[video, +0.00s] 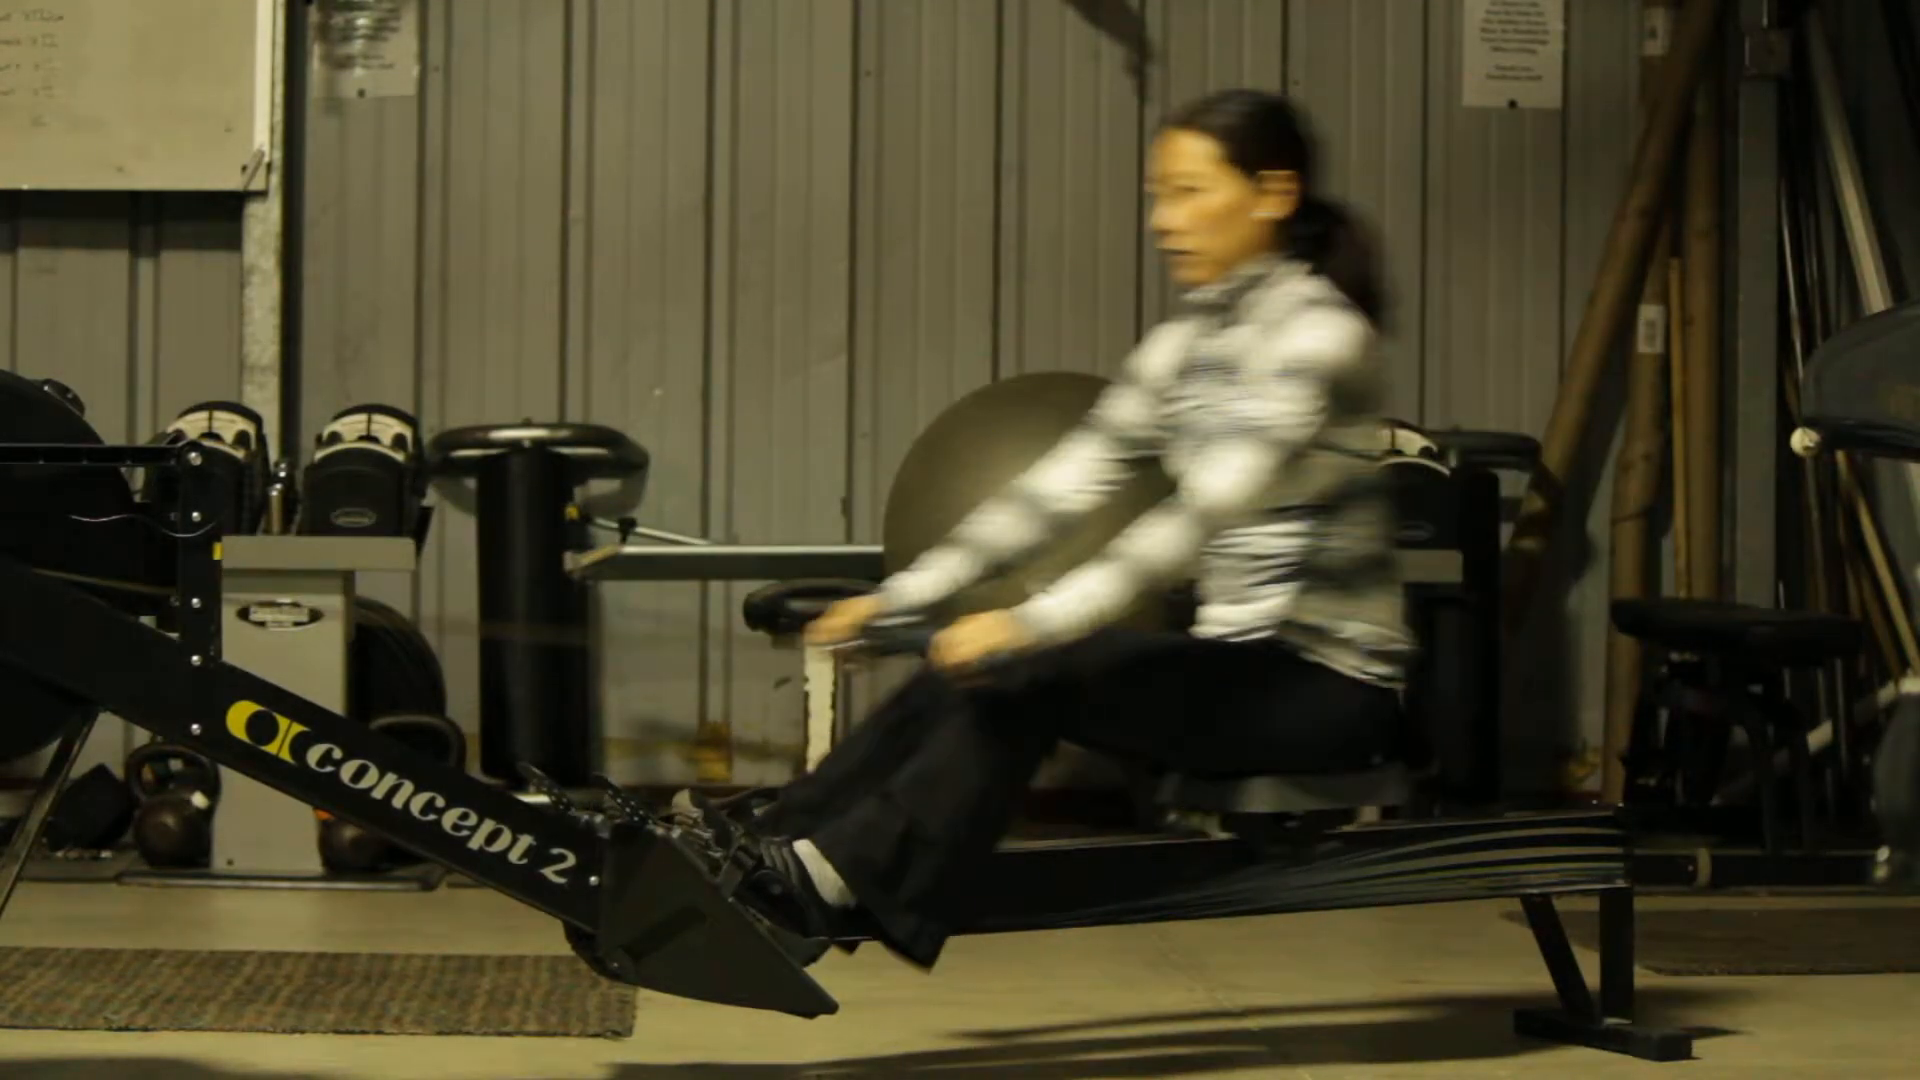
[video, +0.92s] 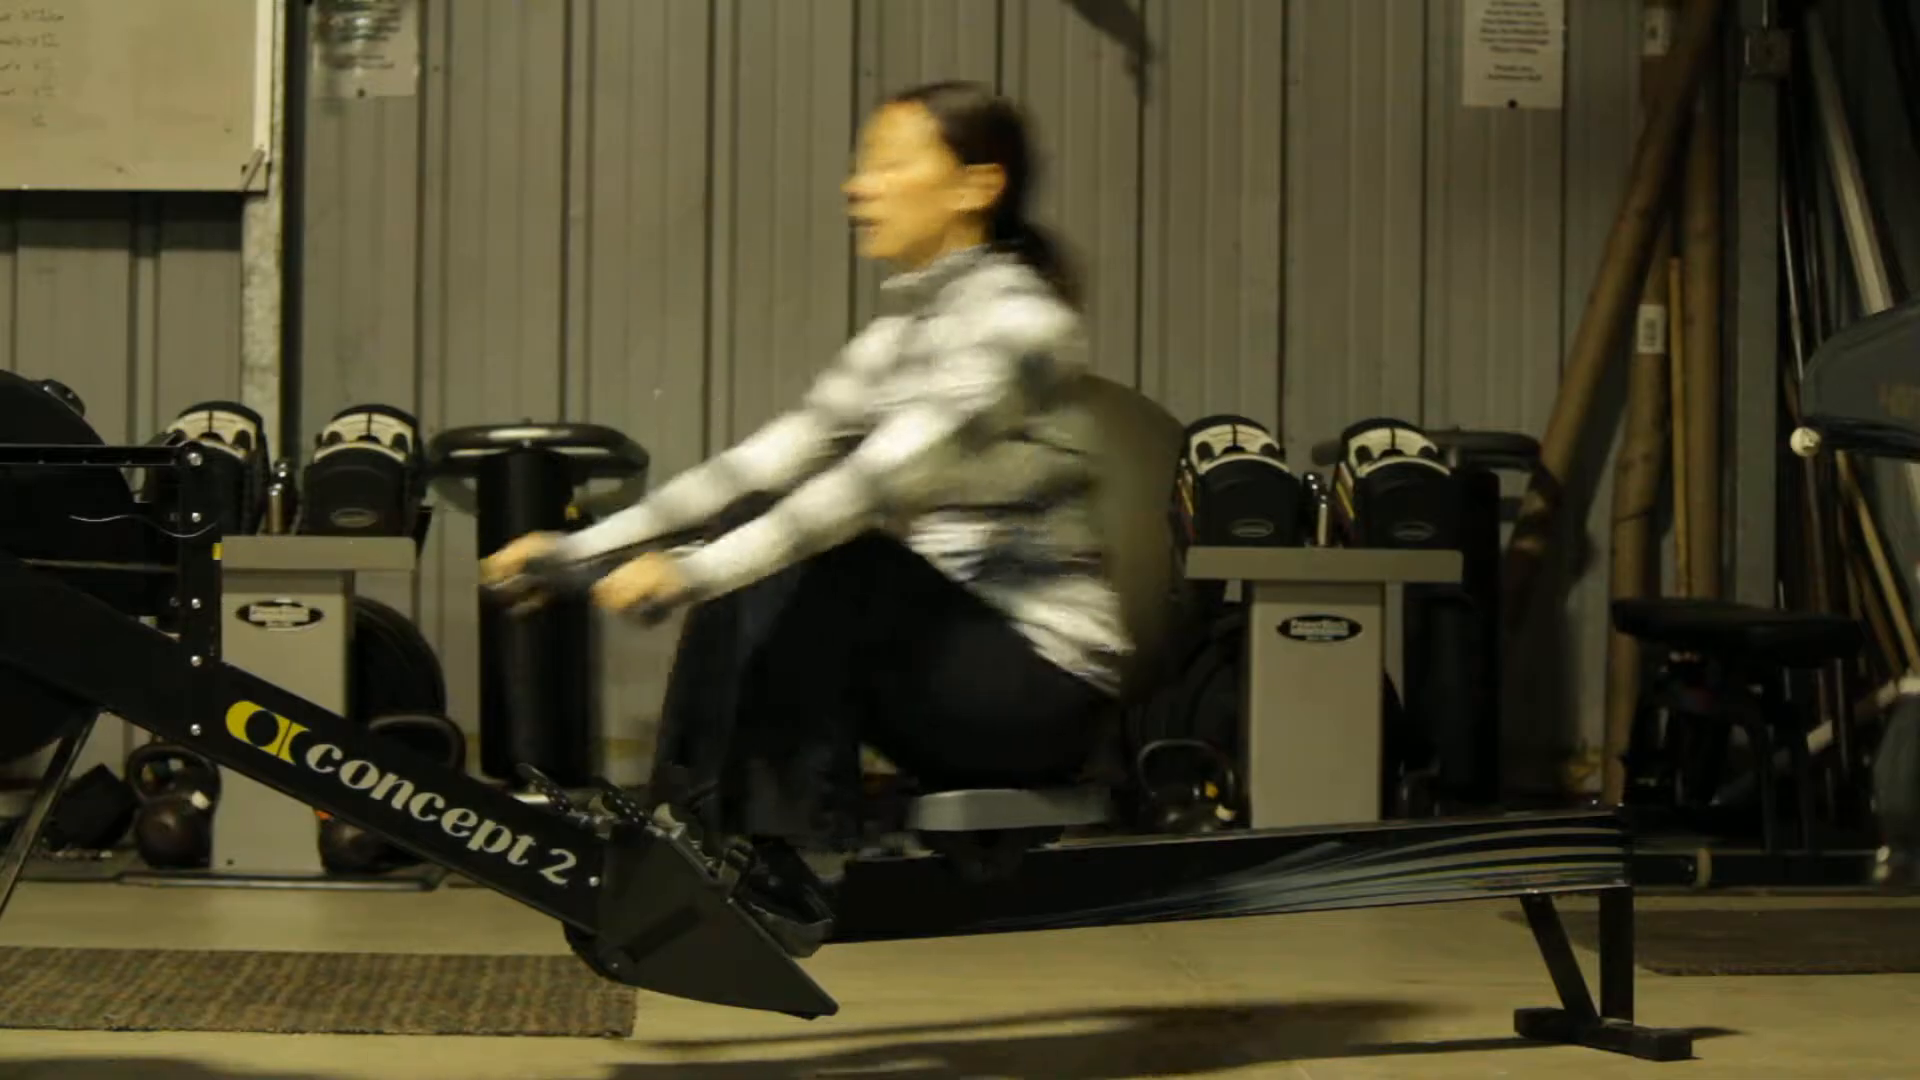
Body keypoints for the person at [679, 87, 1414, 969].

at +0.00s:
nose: (1164, 220)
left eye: (1189, 193)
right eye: (1160, 196)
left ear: (1275, 196)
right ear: (1156, 197)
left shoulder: (1321, 334)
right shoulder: (1182, 341)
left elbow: (1198, 518)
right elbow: (1061, 487)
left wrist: (1032, 622)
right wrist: (892, 600)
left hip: (1332, 681)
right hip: (1230, 659)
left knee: (1022, 686)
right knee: (966, 663)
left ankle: (827, 884)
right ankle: (766, 849)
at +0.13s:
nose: (1016, 225)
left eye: (1044, 197)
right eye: (1014, 202)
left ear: (1134, 203)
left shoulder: (1173, 341)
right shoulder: (1054, 342)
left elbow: (1037, 512)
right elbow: (921, 476)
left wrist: (867, 633)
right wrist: (735, 596)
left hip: (1242, 688)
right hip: (1146, 666)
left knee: (988, 629)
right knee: (935, 621)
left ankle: (836, 867)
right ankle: (771, 825)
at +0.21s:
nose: (922, 230)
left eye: (950, 202)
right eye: (922, 206)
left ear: (1039, 210)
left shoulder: (1080, 347)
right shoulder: (969, 349)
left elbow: (931, 519)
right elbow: (823, 472)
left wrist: (754, 616)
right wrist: (623, 576)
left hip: (1180, 696)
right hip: (1095, 687)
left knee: (937, 589)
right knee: (888, 589)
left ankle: (752, 833)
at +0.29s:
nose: (832, 235)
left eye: (860, 207)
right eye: (833, 210)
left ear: (946, 221)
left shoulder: (989, 354)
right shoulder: (887, 352)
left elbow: (838, 504)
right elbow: (733, 463)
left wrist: (644, 596)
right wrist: (521, 554)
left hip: (1118, 689)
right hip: (1036, 678)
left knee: (879, 575)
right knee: (818, 582)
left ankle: (795, 866)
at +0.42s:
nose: (713, 251)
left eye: (738, 226)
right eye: (716, 228)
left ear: (828, 236)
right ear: (789, 243)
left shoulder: (881, 361)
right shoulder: (771, 373)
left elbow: (712, 484)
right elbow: (603, 457)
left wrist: (501, 566)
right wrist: (384, 521)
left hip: (1031, 692)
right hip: (941, 687)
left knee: (802, 550)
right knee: (736, 546)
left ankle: (778, 866)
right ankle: (688, 832)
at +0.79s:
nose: (716, 212)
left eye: (748, 187)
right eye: (722, 190)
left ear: (834, 209)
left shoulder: (883, 344)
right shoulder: (776, 347)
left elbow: (737, 514)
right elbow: (632, 480)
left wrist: (561, 620)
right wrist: (441, 585)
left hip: (981, 692)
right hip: (888, 683)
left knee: (774, 554)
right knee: (698, 561)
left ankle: (789, 862)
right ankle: (683, 835)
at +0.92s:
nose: (856, 188)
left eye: (888, 163)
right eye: (862, 164)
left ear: (978, 185)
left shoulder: (1015, 322)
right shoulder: (907, 324)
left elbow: (874, 482)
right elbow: (765, 463)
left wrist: (693, 571)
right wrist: (577, 552)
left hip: (1044, 691)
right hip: (965, 677)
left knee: (838, 567)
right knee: (747, 566)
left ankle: (777, 853)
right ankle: (687, 831)